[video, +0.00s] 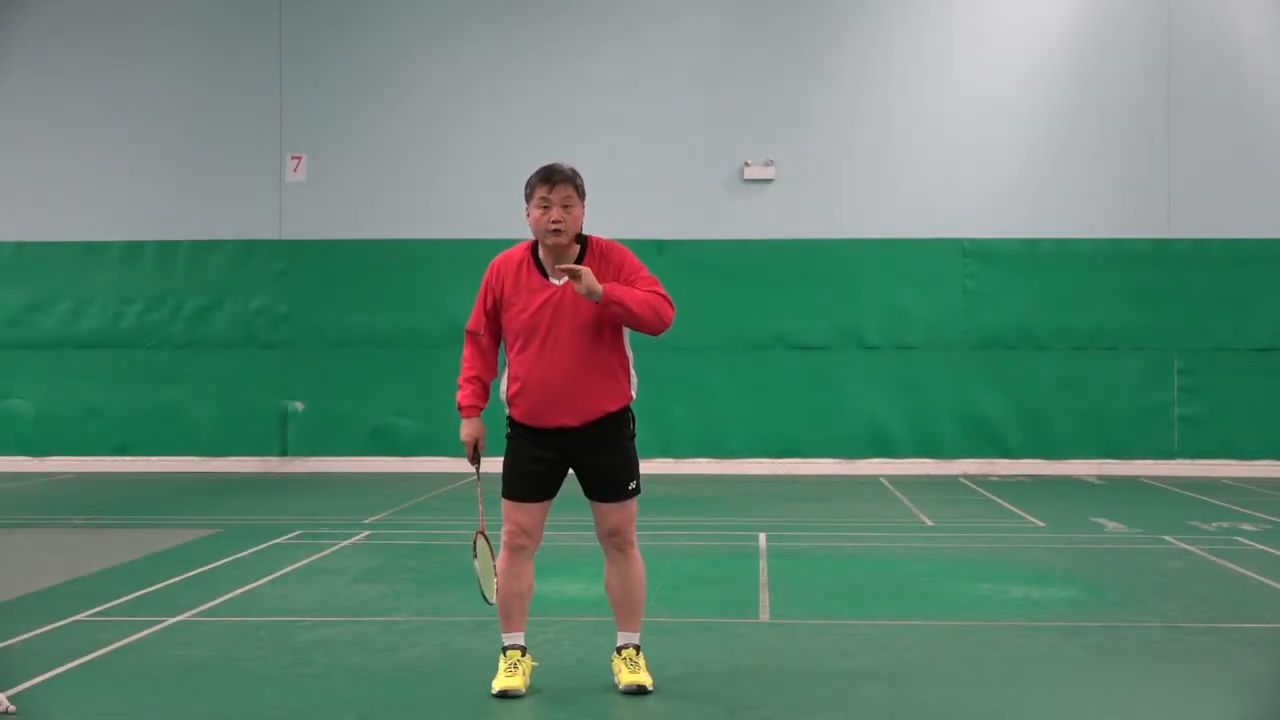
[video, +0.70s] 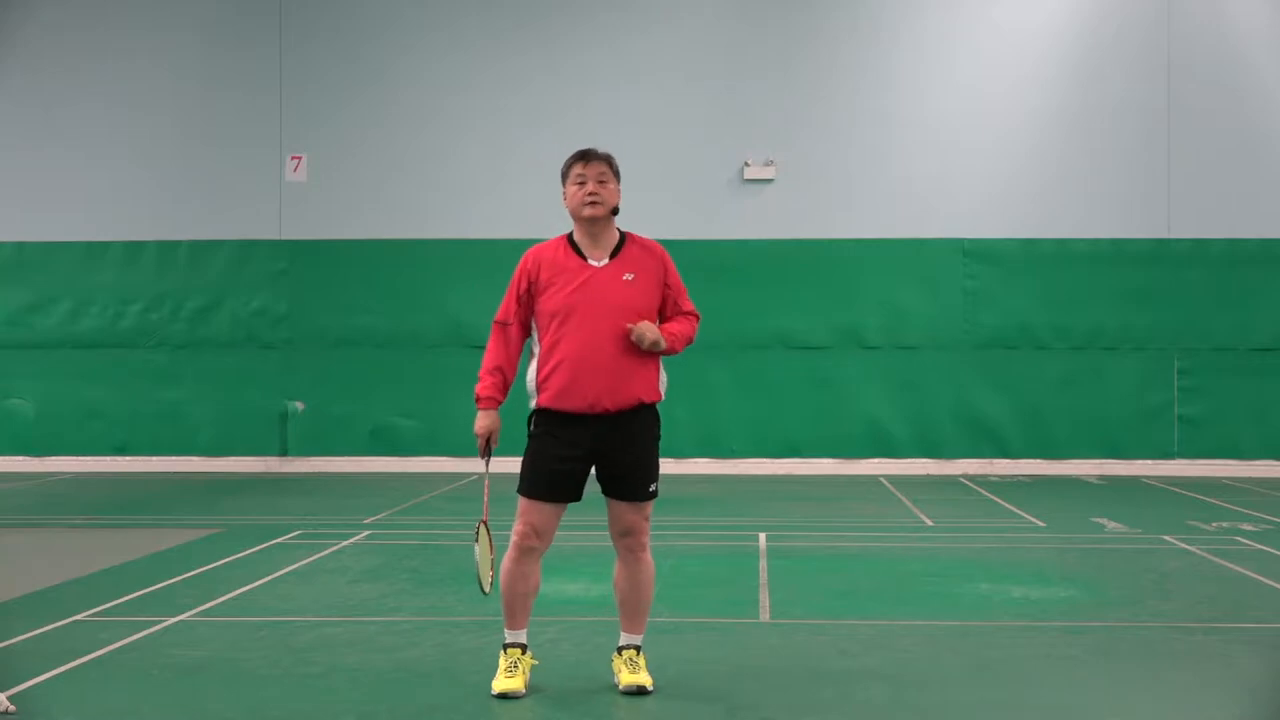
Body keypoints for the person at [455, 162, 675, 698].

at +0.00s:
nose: (555, 215)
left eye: (566, 205)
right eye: (544, 206)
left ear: (582, 211)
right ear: (528, 213)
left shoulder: (610, 258)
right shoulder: (505, 269)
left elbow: (660, 314)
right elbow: (480, 340)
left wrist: (602, 293)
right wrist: (471, 412)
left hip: (605, 425)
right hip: (532, 428)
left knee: (619, 536)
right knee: (518, 537)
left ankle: (630, 650)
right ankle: (513, 652)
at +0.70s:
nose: (590, 188)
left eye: (601, 180)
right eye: (579, 181)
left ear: (619, 195)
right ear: (564, 197)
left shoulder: (652, 258)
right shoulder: (539, 261)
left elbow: (686, 319)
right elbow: (507, 331)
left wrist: (663, 336)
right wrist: (488, 404)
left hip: (632, 420)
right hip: (558, 420)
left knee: (633, 538)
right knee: (528, 537)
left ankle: (631, 650)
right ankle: (514, 649)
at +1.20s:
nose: (639, 188)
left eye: (649, 180)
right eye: (628, 181)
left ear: (667, 194)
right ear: (611, 196)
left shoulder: (694, 261)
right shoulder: (582, 257)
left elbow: (714, 335)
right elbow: (549, 329)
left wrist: (706, 345)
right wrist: (535, 400)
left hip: (667, 419)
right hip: (596, 415)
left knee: (650, 543)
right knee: (583, 537)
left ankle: (634, 650)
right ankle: (579, 651)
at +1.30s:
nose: (643, 187)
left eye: (653, 179)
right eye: (632, 180)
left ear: (671, 191)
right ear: (615, 193)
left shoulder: (695, 259)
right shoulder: (584, 257)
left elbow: (719, 339)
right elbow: (549, 330)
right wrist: (536, 400)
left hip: (671, 419)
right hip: (600, 416)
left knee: (655, 538)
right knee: (595, 536)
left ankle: (636, 649)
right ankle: (600, 653)